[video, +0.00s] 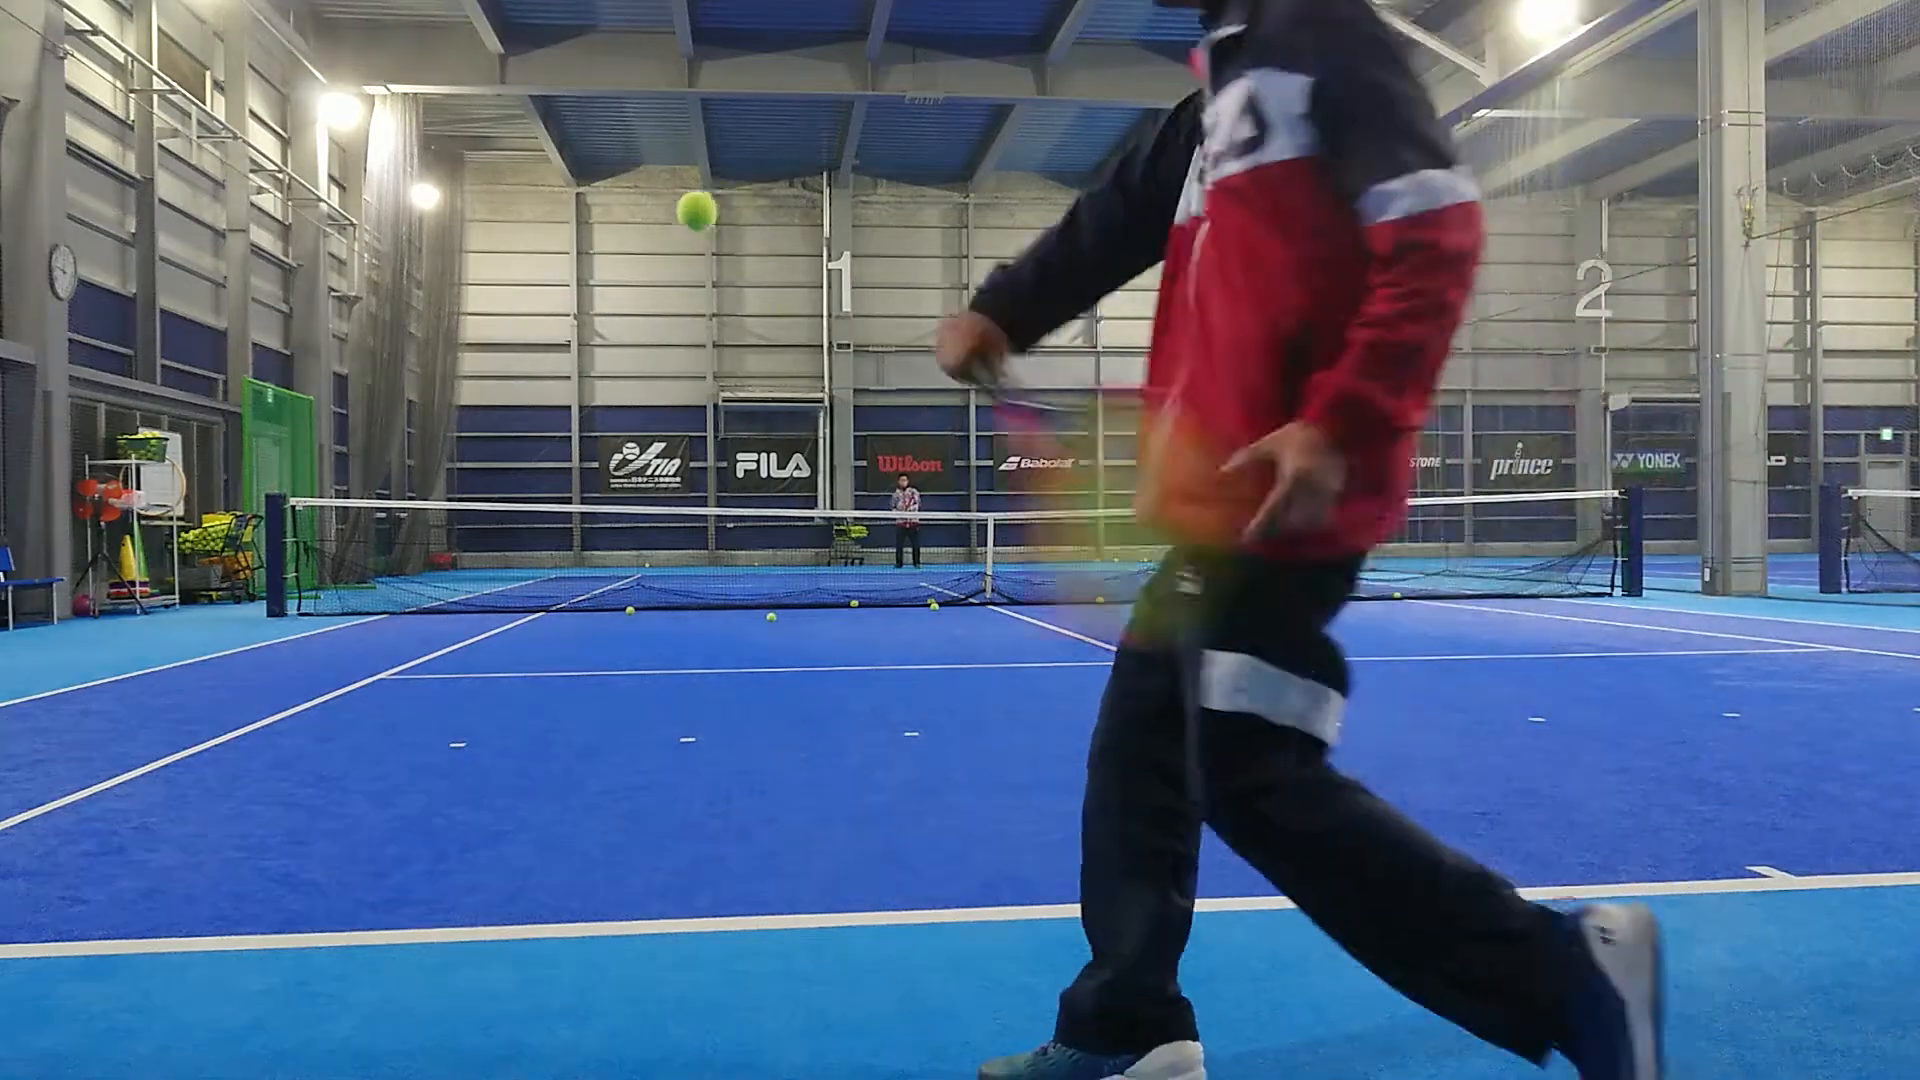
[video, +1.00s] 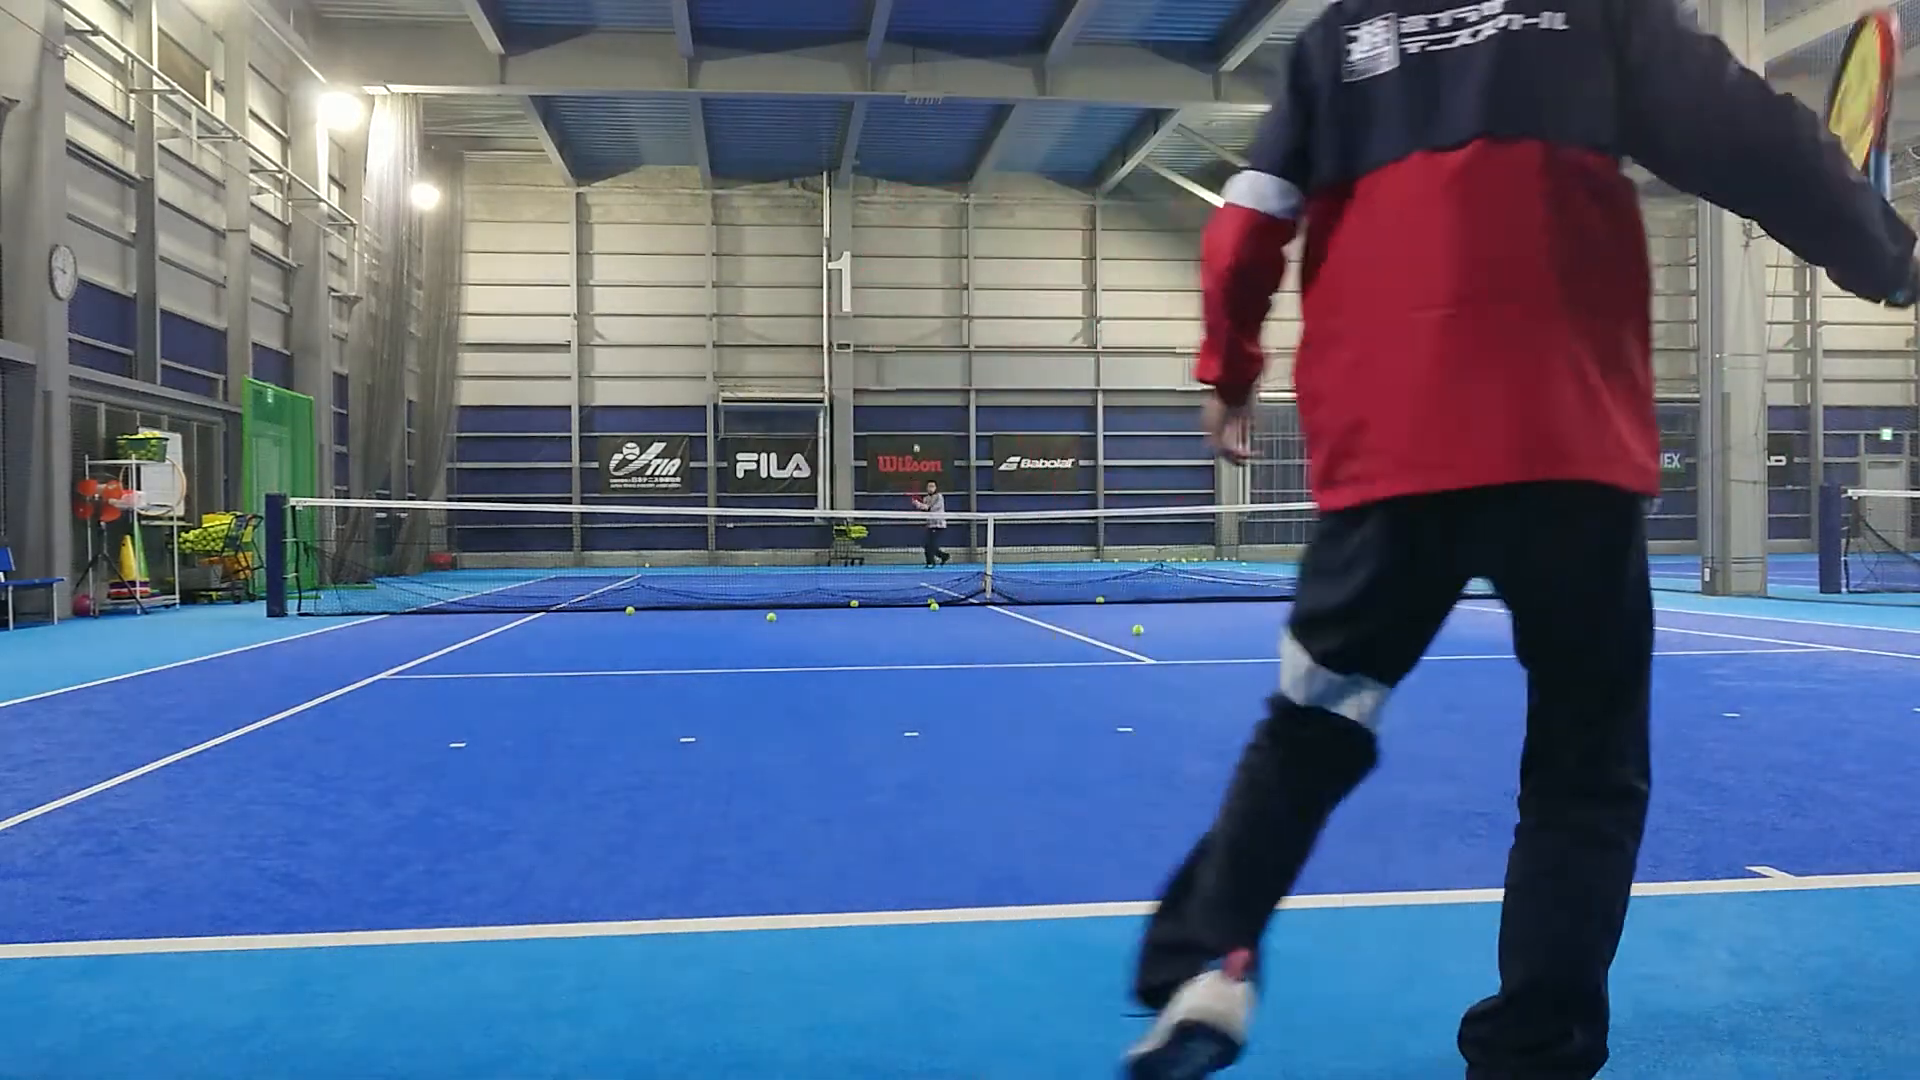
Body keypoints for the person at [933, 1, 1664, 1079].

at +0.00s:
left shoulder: (1332, 41)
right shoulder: (1209, 101)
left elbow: (1437, 233)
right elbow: (1111, 216)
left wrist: (1338, 428)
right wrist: (1004, 311)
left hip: (1294, 504)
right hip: (1216, 503)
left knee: (1253, 774)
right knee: (1139, 753)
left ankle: (1570, 976)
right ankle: (1127, 1027)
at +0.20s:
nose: (1045, 15)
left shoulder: (1137, 21)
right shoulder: (1244, 15)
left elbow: (1175, 243)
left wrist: (1006, 394)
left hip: (1185, 447)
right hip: (1259, 435)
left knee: (1060, 702)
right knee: (1173, 728)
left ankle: (1295, 955)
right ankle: (1122, 1021)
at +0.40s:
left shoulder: (1041, 23)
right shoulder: (1237, 15)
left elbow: (1027, 228)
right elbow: (1430, 24)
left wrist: (888, 372)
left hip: (1139, 433)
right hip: (1263, 422)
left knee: (1030, 744)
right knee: (1153, 729)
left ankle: (1016, 1062)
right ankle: (1136, 1010)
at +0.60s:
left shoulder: (1032, 17)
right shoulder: (1302, 11)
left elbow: (948, 199)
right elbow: (1488, 65)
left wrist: (829, 359)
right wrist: (1663, 55)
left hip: (1131, 439)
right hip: (1303, 432)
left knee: (1052, 754)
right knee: (1236, 727)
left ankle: (1025, 1058)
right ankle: (1255, 1011)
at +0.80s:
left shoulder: (1129, 14)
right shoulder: (1409, 17)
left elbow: (1044, 193)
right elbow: (1594, 91)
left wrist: (978, 331)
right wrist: (1803, 141)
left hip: (1179, 457)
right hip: (1380, 457)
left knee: (1115, 771)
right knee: (1438, 760)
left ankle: (1035, 1057)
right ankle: (1499, 1049)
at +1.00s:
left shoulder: (1337, 33)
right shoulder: (1604, 14)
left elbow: (1240, 239)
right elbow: (1759, 137)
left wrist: (1230, 373)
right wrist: (1892, 256)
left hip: (1385, 437)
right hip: (1569, 433)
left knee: (1317, 713)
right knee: (1586, 762)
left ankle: (1210, 958)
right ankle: (1540, 1053)